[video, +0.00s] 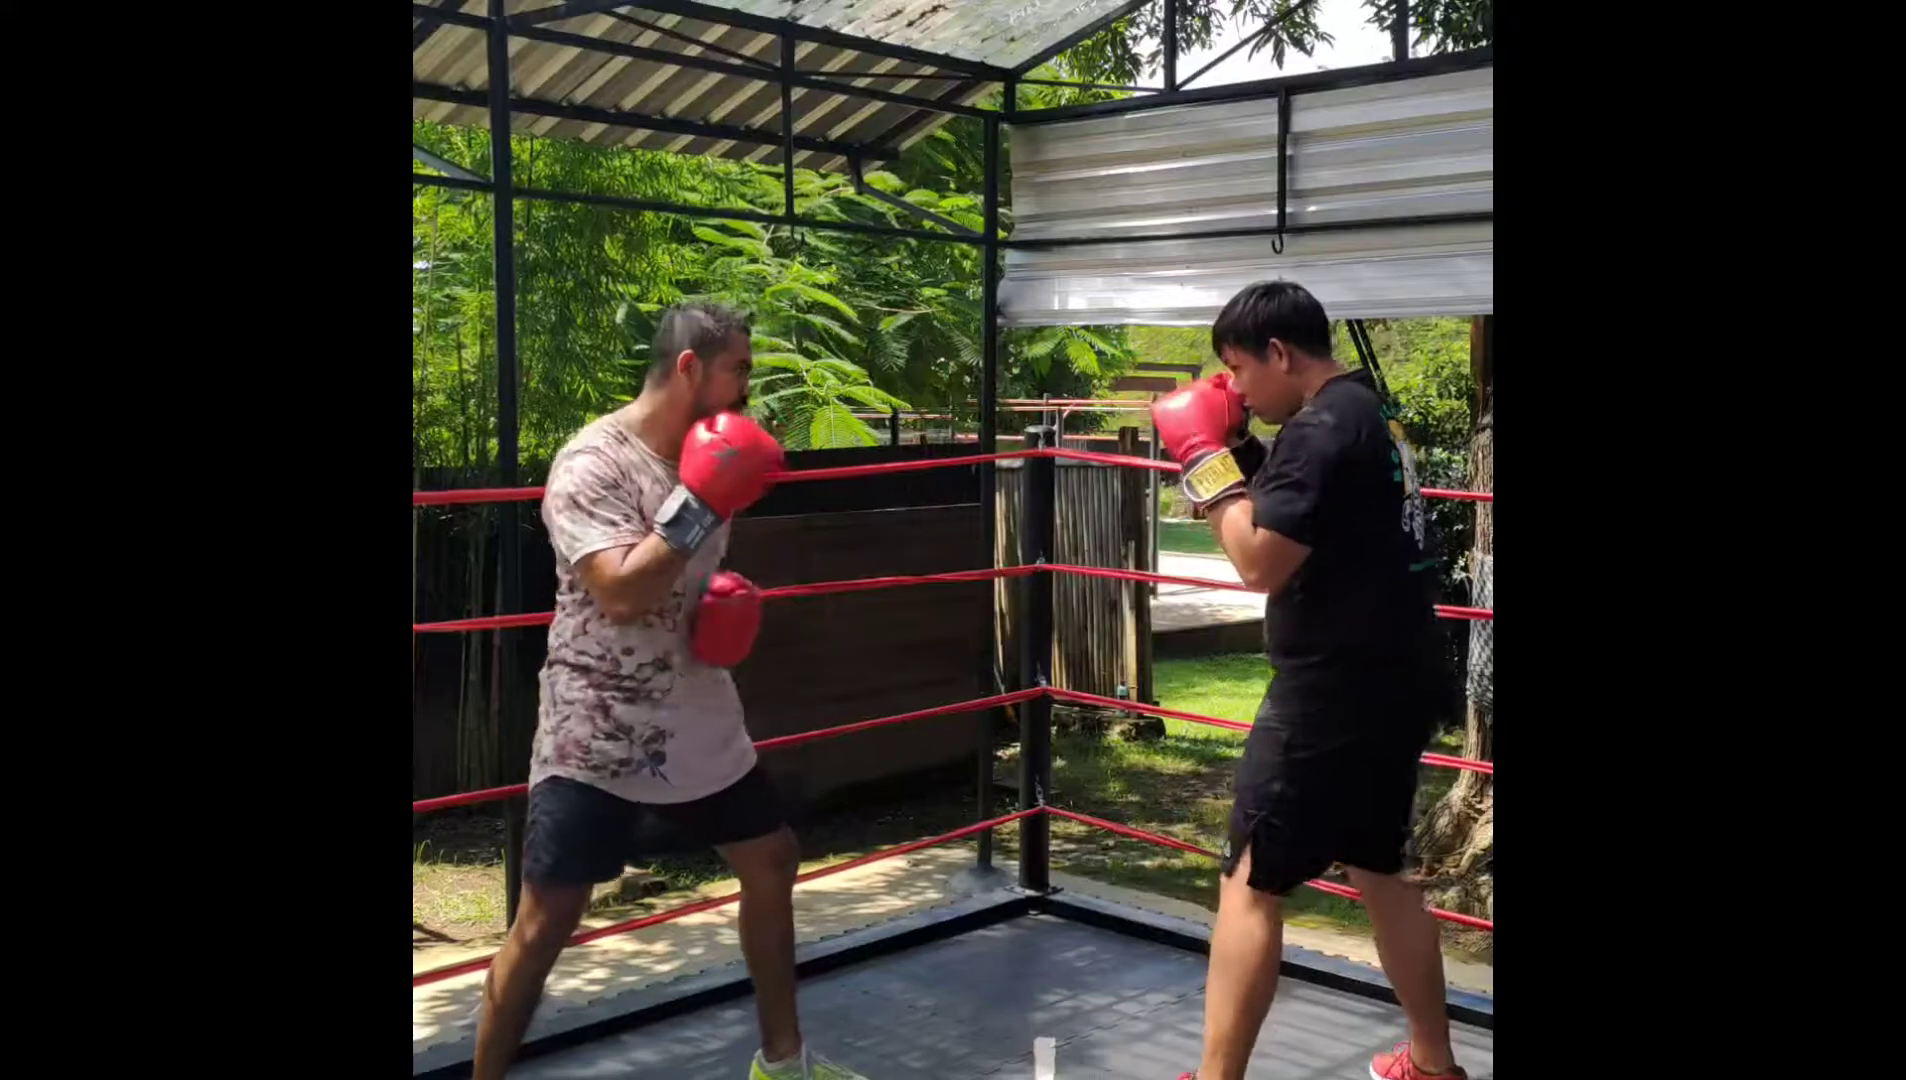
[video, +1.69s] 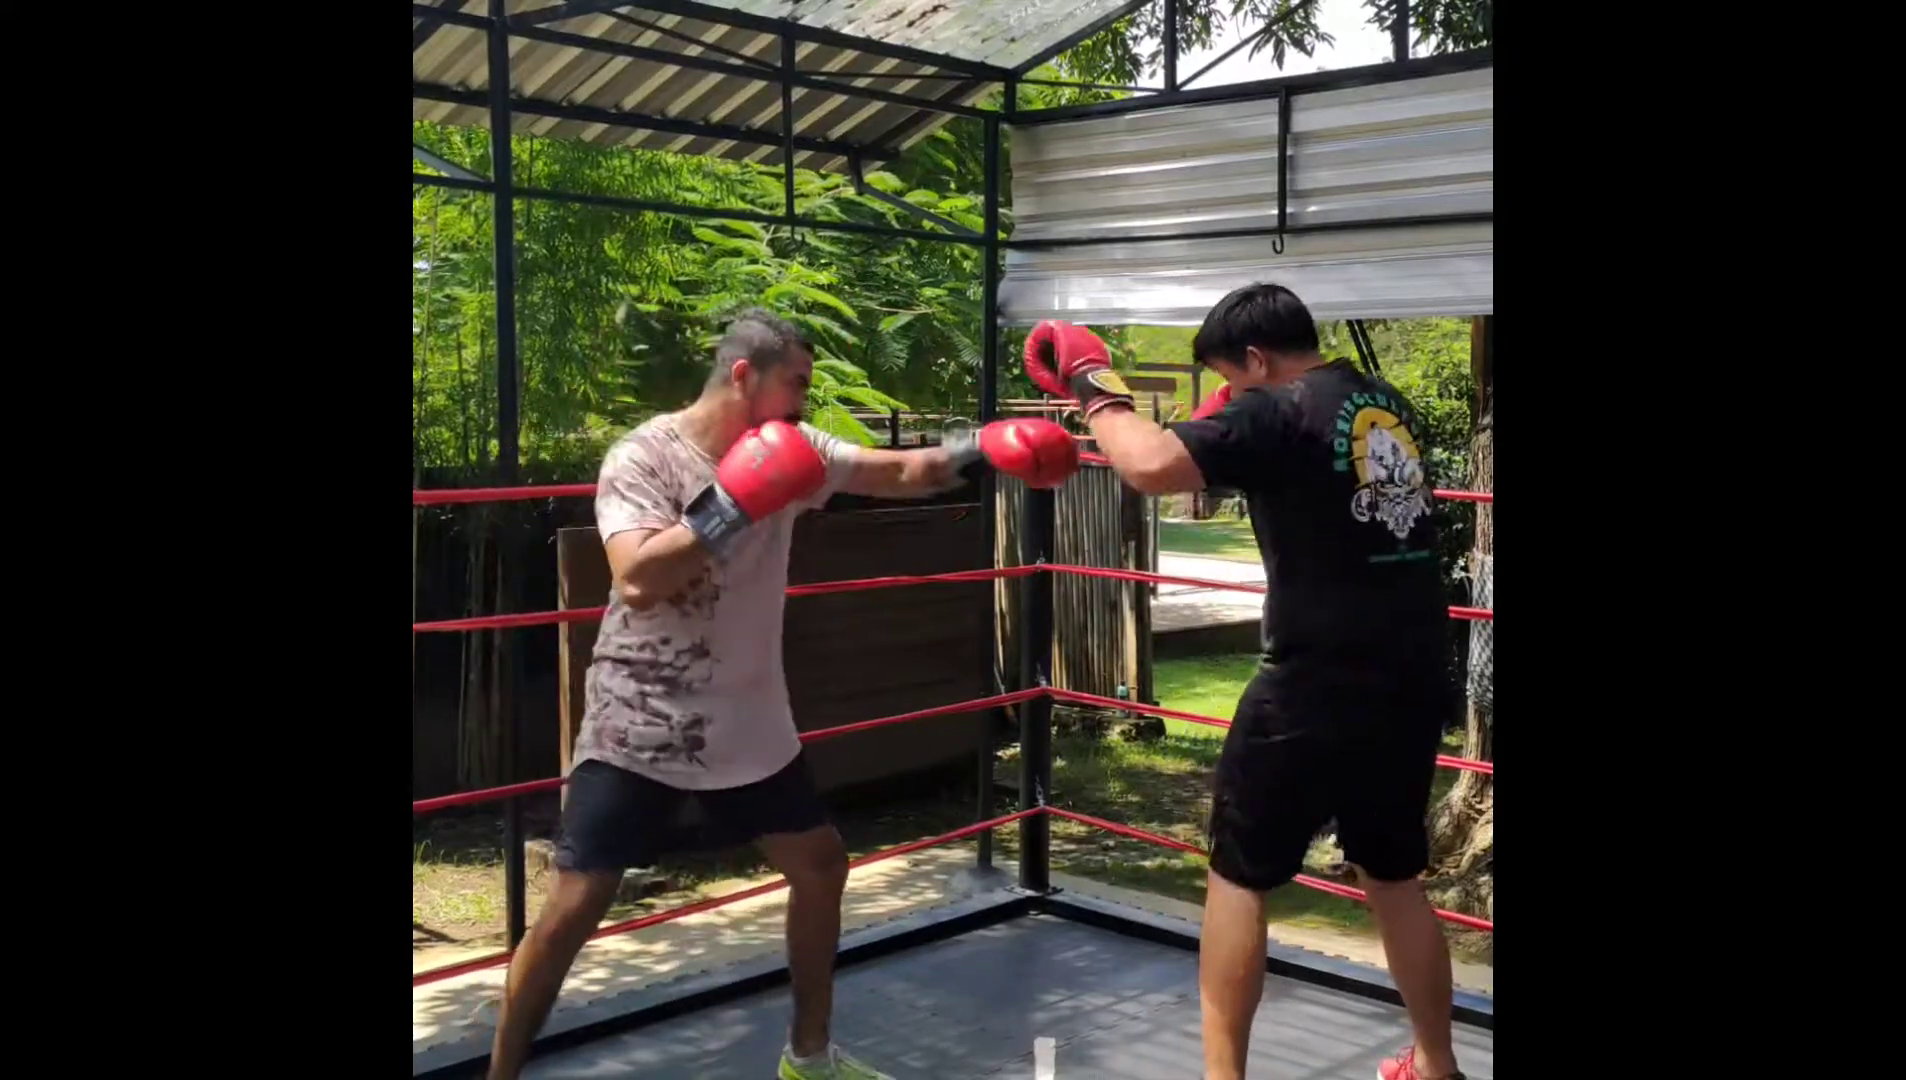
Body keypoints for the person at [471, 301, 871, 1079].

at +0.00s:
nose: (746, 391)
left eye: (749, 375)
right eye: (740, 372)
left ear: (697, 371)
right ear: (688, 367)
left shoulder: (708, 466)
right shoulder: (585, 465)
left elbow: (698, 586)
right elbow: (620, 593)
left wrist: (727, 615)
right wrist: (702, 501)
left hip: (702, 732)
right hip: (595, 739)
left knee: (771, 862)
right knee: (544, 922)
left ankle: (783, 1056)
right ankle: (486, 1074)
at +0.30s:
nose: (728, 379)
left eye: (730, 365)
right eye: (720, 362)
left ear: (675, 362)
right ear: (672, 360)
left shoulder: (696, 453)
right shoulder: (584, 463)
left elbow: (738, 551)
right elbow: (654, 573)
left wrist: (724, 583)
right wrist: (701, 462)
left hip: (693, 708)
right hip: (600, 719)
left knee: (759, 862)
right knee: (556, 912)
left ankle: (758, 1055)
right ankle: (490, 1074)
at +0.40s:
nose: (738, 375)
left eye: (740, 358)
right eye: (733, 357)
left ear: (677, 356)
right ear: (692, 355)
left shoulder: (673, 442)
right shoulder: (628, 446)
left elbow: (674, 554)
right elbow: (756, 507)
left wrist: (729, 576)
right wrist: (814, 408)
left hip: (698, 715)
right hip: (624, 725)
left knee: (756, 863)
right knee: (571, 921)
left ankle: (759, 1055)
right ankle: (497, 1073)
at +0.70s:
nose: (721, 376)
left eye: (721, 360)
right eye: (713, 359)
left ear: (662, 361)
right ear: (668, 360)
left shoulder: (662, 454)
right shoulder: (588, 463)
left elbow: (695, 556)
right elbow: (688, 573)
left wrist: (717, 587)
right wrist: (735, 477)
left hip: (683, 720)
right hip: (601, 730)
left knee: (741, 867)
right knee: (562, 927)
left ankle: (758, 1053)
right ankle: (488, 1074)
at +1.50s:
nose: (758, 395)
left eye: (762, 379)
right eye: (750, 376)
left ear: (710, 372)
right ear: (695, 366)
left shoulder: (724, 468)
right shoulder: (598, 463)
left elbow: (760, 543)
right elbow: (620, 576)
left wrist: (817, 542)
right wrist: (714, 505)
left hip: (724, 725)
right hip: (618, 734)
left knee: (797, 868)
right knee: (559, 927)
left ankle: (809, 1054)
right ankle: (489, 1074)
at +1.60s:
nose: (790, 396)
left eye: (794, 382)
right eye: (782, 378)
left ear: (743, 376)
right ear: (726, 369)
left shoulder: (781, 456)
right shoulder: (631, 451)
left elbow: (897, 463)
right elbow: (624, 572)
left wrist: (976, 423)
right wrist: (721, 494)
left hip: (740, 723)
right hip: (629, 726)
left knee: (812, 866)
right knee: (570, 911)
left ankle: (811, 1052)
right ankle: (499, 1072)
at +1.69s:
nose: (802, 407)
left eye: (806, 391)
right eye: (795, 388)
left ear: (753, 378)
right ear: (741, 374)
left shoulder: (790, 455)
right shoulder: (641, 458)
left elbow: (905, 469)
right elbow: (637, 580)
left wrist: (987, 448)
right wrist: (734, 501)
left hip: (750, 729)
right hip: (635, 731)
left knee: (820, 867)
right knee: (572, 910)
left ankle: (811, 1052)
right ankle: (500, 1072)